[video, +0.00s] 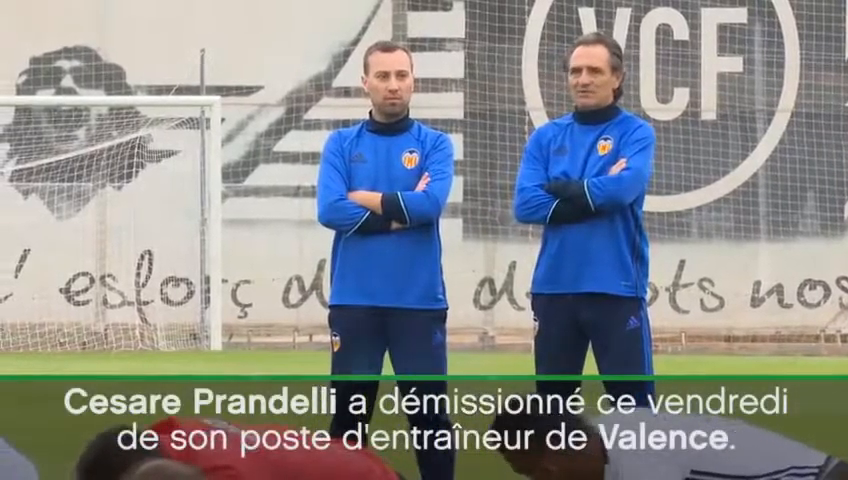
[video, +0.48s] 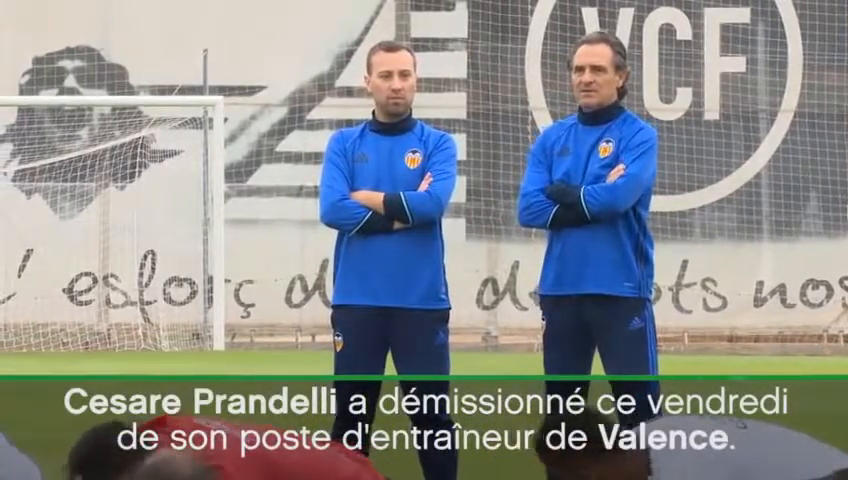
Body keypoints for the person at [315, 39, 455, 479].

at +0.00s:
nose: (393, 85)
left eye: (402, 76)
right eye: (382, 76)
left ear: (413, 83)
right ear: (365, 84)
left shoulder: (436, 143)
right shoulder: (341, 142)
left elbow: (429, 206)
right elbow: (330, 211)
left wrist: (358, 197)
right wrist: (403, 212)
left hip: (419, 301)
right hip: (354, 301)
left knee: (430, 416)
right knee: (348, 416)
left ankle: (438, 478)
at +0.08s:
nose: (394, 85)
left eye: (402, 76)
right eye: (383, 76)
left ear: (414, 83)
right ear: (366, 84)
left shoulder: (436, 143)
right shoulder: (342, 142)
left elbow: (430, 206)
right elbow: (331, 211)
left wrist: (359, 197)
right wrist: (403, 213)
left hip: (420, 301)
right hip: (355, 301)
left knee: (430, 415)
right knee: (349, 416)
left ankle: (439, 479)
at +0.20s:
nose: (395, 85)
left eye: (403, 75)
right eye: (384, 76)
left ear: (415, 83)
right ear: (367, 84)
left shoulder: (437, 143)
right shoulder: (343, 142)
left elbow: (430, 207)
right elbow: (331, 211)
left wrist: (359, 197)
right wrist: (404, 212)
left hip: (421, 302)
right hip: (356, 302)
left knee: (431, 416)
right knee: (350, 417)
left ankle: (440, 479)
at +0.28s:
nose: (395, 85)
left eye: (404, 75)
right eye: (385, 76)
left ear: (416, 82)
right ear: (367, 84)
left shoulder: (438, 143)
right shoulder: (343, 142)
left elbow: (431, 206)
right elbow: (332, 211)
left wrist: (361, 197)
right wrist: (405, 212)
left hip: (421, 302)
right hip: (356, 302)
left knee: (431, 416)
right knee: (351, 417)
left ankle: (441, 478)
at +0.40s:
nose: (396, 85)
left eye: (404, 75)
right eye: (385, 76)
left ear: (416, 82)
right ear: (368, 84)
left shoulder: (438, 143)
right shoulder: (343, 142)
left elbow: (432, 206)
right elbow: (332, 211)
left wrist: (362, 197)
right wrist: (405, 213)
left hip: (422, 302)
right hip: (357, 302)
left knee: (432, 416)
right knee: (351, 418)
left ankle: (441, 479)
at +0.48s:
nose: (396, 85)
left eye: (404, 75)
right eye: (385, 76)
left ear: (416, 82)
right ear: (368, 84)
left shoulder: (438, 143)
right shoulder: (343, 142)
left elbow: (432, 205)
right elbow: (332, 210)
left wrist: (363, 196)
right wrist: (405, 213)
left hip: (422, 302)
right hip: (357, 302)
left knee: (432, 417)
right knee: (351, 419)